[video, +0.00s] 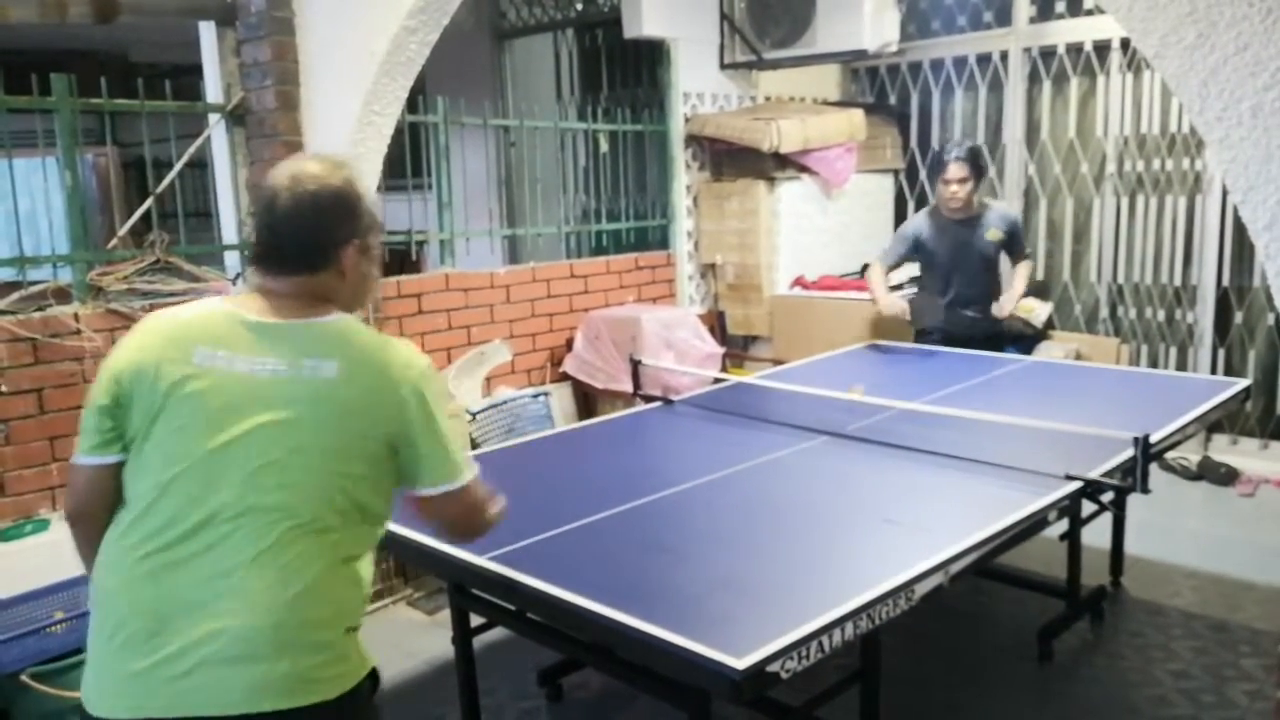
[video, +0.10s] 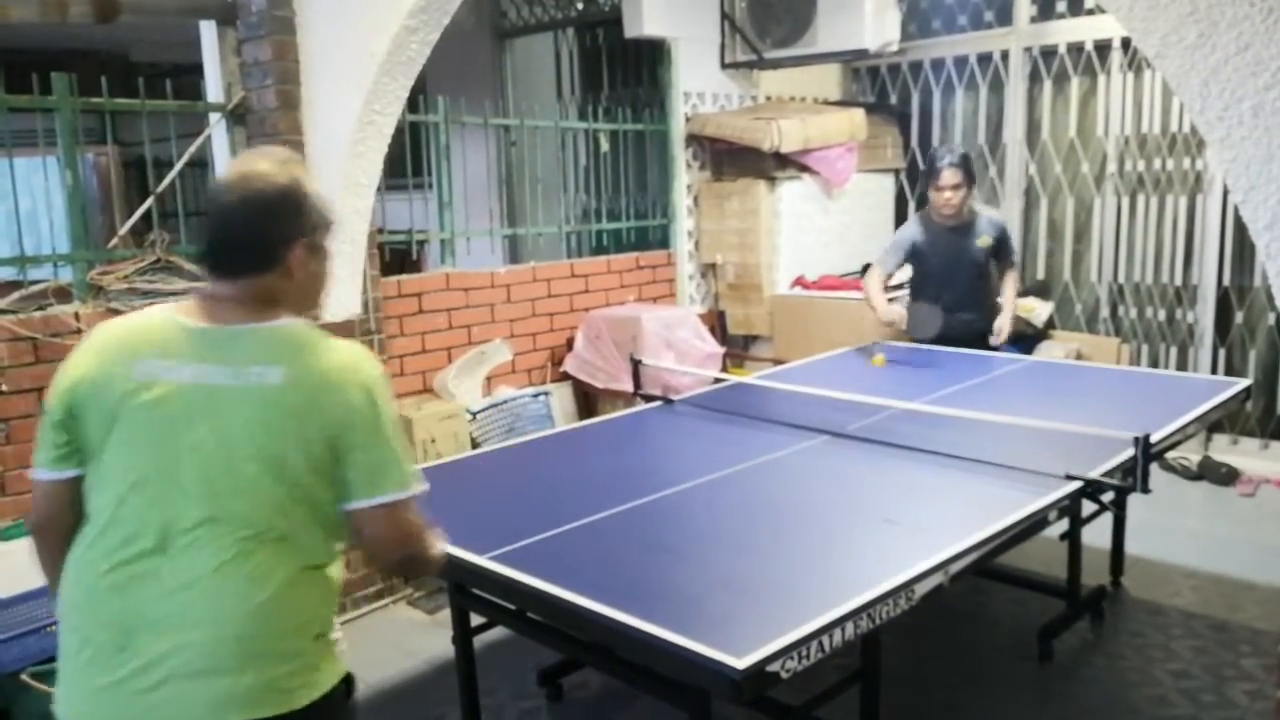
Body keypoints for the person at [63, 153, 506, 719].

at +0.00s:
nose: (379, 269)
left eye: (381, 252)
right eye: (377, 252)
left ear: (260, 249)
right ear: (349, 257)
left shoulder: (152, 341)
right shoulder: (390, 366)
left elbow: (85, 507)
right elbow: (460, 516)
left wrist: (129, 599)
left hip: (131, 688)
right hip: (297, 687)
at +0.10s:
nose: (326, 269)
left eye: (327, 251)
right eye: (323, 252)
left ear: (214, 250)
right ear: (296, 257)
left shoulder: (102, 352)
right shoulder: (340, 370)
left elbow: (49, 520)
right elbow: (391, 541)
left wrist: (89, 612)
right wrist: (425, 552)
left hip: (101, 692)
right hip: (269, 688)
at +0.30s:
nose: (251, 255)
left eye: (250, 237)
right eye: (244, 237)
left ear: (121, 242)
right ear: (201, 245)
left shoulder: (24, 359)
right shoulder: (258, 361)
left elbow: (8, 510)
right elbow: (286, 551)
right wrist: (351, 574)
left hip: (57, 693)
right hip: (226, 691)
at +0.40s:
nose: (237, 256)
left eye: (236, 235)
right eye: (231, 234)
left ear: (106, 243)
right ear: (190, 240)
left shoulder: (18, 359)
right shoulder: (245, 356)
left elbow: (12, 504)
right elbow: (281, 544)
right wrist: (350, 576)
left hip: (55, 692)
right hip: (224, 690)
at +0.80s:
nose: (336, 254)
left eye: (337, 239)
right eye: (333, 239)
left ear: (227, 240)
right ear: (308, 248)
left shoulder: (124, 343)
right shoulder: (348, 359)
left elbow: (72, 506)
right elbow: (381, 542)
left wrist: (105, 610)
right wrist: (380, 576)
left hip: (146, 672)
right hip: (300, 669)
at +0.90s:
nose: (366, 254)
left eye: (369, 239)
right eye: (366, 238)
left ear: (256, 231)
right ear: (343, 241)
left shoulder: (153, 332)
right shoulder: (377, 351)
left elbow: (99, 489)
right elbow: (419, 532)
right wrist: (401, 576)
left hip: (169, 671)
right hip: (323, 667)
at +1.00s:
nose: (378, 243)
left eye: (380, 227)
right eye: (379, 227)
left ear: (269, 222)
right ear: (366, 231)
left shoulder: (175, 319)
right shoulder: (397, 340)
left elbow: (125, 463)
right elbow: (452, 518)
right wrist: (436, 583)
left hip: (181, 666)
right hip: (335, 660)